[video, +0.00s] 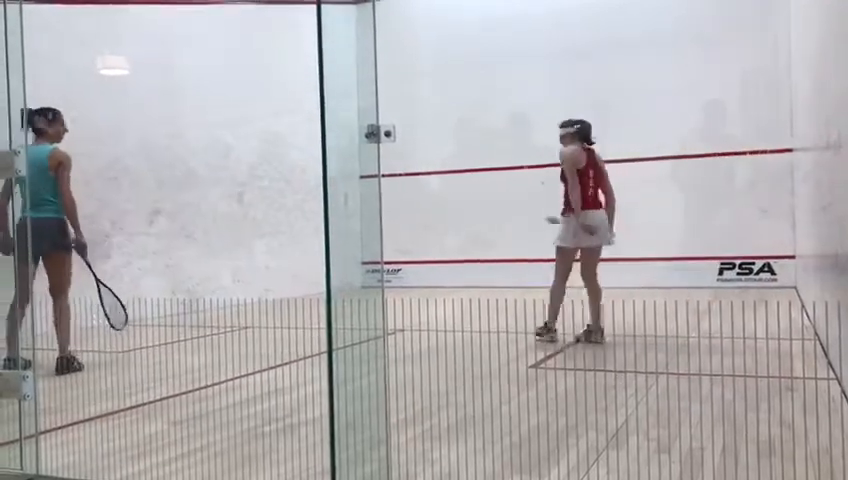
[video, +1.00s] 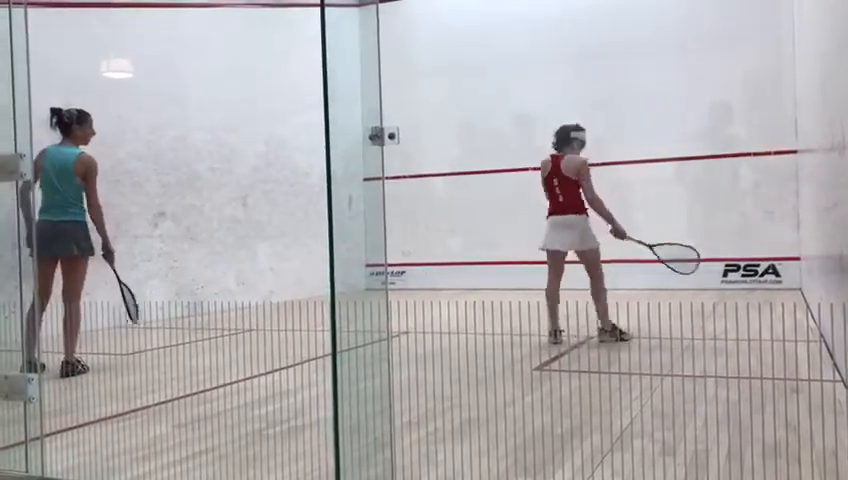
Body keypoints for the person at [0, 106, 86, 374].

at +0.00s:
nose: (65, 131)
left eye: (64, 126)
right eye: (61, 126)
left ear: (39, 127)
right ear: (46, 125)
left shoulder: (19, 155)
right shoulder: (59, 156)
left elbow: (3, 197)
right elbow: (65, 196)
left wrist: (3, 231)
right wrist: (78, 233)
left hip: (24, 228)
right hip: (53, 227)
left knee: (21, 297)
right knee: (60, 293)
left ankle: (11, 355)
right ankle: (64, 355)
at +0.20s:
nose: (80, 131)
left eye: (79, 126)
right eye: (76, 126)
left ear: (56, 128)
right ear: (61, 127)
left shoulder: (31, 155)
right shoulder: (73, 159)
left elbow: (14, 197)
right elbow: (82, 202)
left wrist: (8, 232)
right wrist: (99, 237)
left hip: (36, 231)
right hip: (66, 230)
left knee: (36, 293)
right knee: (67, 296)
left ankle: (16, 351)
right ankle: (67, 358)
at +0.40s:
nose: (89, 132)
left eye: (88, 127)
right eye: (85, 127)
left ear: (64, 128)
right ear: (70, 127)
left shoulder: (39, 155)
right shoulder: (81, 159)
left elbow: (23, 194)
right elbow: (91, 203)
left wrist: (29, 222)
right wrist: (107, 231)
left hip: (41, 229)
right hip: (71, 230)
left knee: (41, 298)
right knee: (70, 299)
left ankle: (27, 355)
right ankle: (67, 359)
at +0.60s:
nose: (91, 132)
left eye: (90, 126)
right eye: (87, 127)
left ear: (68, 128)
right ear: (73, 127)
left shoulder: (41, 155)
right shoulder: (83, 161)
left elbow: (23, 192)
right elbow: (93, 205)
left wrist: (35, 217)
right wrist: (106, 232)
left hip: (43, 229)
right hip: (73, 230)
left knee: (40, 296)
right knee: (71, 298)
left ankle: (29, 356)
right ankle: (68, 359)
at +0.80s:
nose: (92, 132)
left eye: (91, 127)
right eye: (89, 127)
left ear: (69, 128)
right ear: (75, 128)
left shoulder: (42, 154)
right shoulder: (85, 161)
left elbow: (20, 189)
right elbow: (93, 206)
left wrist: (33, 219)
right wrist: (106, 237)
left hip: (44, 229)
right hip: (74, 230)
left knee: (40, 297)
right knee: (71, 299)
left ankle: (29, 357)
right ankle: (69, 359)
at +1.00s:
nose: (93, 132)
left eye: (92, 126)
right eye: (89, 127)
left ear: (70, 129)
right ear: (75, 128)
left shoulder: (45, 155)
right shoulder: (86, 161)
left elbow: (24, 190)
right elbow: (93, 206)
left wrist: (27, 226)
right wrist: (106, 241)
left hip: (44, 229)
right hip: (75, 230)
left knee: (40, 296)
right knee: (72, 299)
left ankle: (30, 357)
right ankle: (69, 359)